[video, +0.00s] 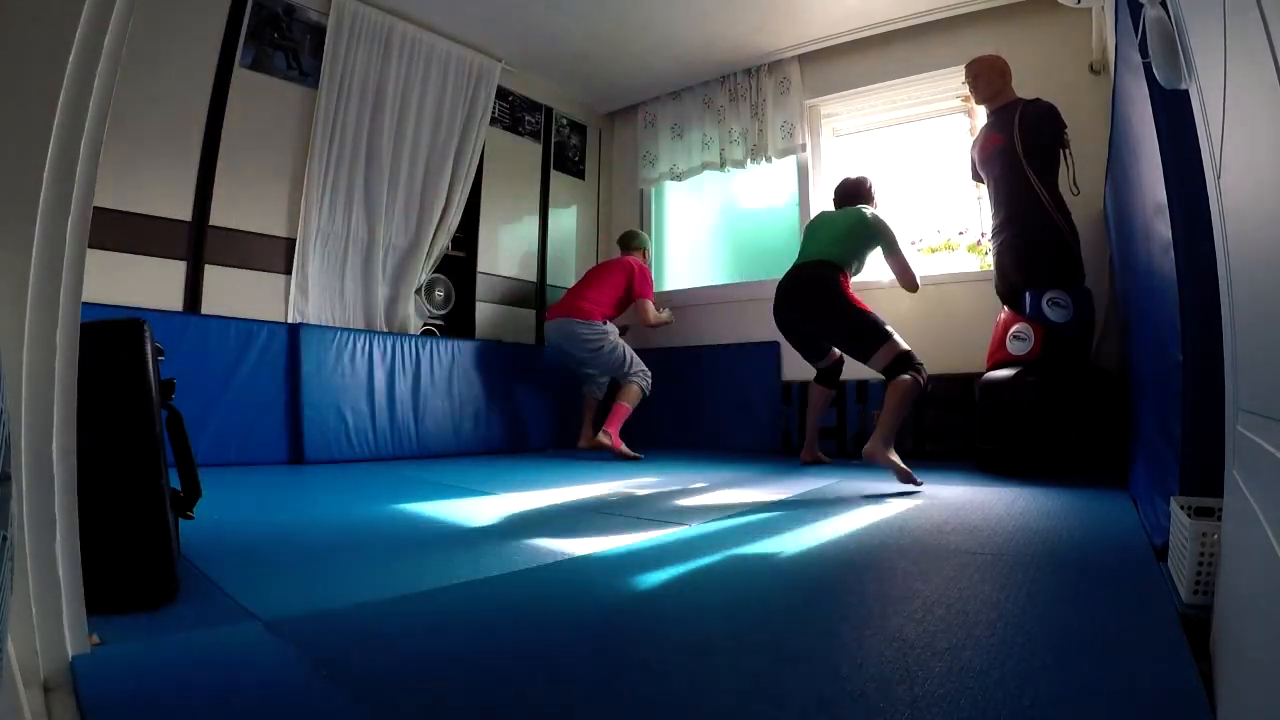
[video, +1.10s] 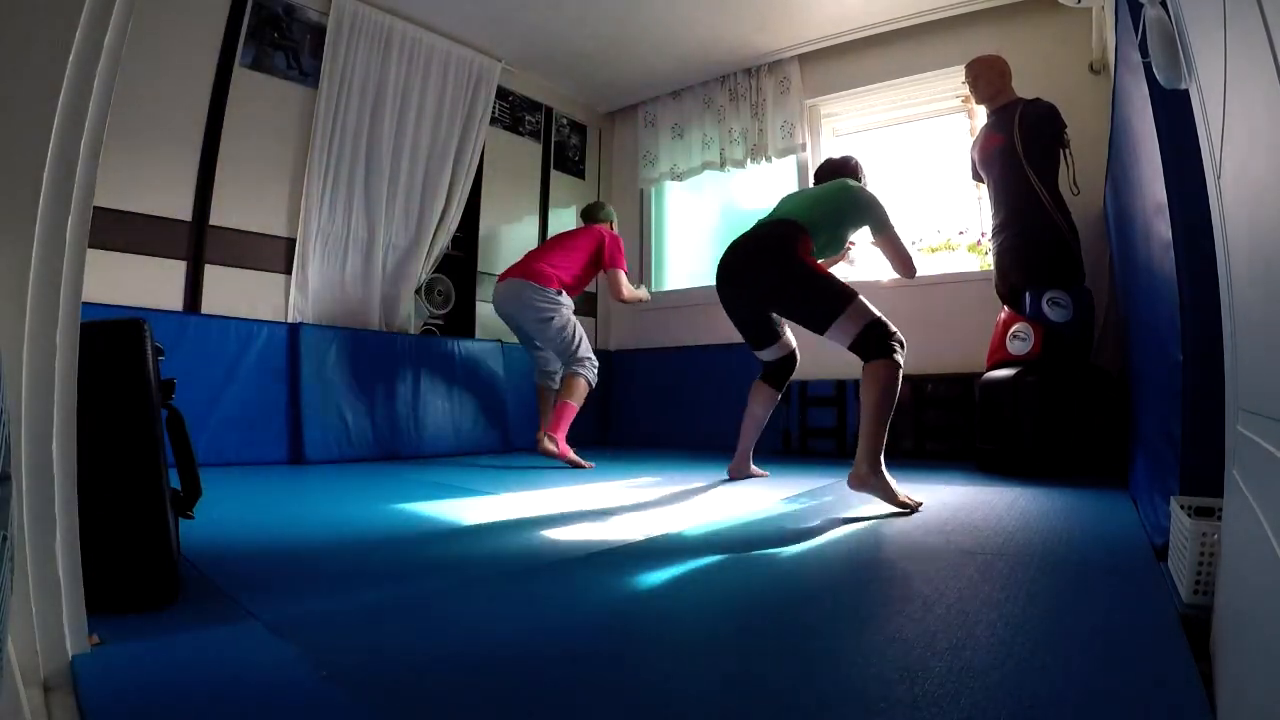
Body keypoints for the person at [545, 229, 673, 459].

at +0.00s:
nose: (649, 258)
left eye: (648, 254)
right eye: (649, 253)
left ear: (621, 251)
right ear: (644, 252)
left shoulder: (604, 266)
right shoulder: (638, 267)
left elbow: (583, 304)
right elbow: (649, 318)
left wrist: (611, 328)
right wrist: (664, 317)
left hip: (553, 324)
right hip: (586, 325)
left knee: (597, 375)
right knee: (639, 375)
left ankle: (586, 435)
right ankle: (610, 432)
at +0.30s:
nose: (652, 258)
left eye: (651, 255)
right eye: (651, 254)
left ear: (625, 251)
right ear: (648, 252)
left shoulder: (608, 266)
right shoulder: (642, 266)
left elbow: (589, 301)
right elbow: (654, 317)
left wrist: (611, 330)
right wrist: (669, 316)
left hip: (557, 321)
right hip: (588, 323)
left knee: (599, 374)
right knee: (639, 375)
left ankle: (587, 435)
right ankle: (610, 432)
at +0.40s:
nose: (651, 256)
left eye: (651, 252)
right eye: (651, 252)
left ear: (625, 249)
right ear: (647, 250)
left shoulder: (609, 264)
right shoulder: (641, 265)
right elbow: (653, 316)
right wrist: (668, 316)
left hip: (556, 319)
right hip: (587, 321)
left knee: (599, 374)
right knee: (638, 372)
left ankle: (587, 435)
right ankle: (610, 431)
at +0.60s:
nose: (649, 247)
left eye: (649, 244)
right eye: (649, 244)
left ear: (621, 242)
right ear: (645, 242)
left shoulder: (602, 257)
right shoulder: (642, 257)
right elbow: (653, 309)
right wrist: (668, 310)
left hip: (554, 314)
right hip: (587, 316)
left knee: (592, 370)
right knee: (636, 373)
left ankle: (586, 435)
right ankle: (608, 437)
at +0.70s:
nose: (645, 240)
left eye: (645, 238)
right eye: (645, 237)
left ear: (616, 234)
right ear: (641, 235)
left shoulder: (597, 248)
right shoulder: (638, 249)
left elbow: (577, 278)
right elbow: (651, 300)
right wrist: (668, 304)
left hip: (547, 303)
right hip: (583, 304)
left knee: (584, 364)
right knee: (627, 368)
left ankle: (584, 431)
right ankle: (607, 439)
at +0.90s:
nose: (632, 238)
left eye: (632, 235)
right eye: (632, 234)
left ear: (602, 231)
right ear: (627, 232)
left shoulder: (587, 244)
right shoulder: (622, 245)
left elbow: (562, 278)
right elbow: (637, 297)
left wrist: (588, 306)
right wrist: (657, 298)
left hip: (526, 299)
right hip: (561, 298)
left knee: (568, 362)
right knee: (613, 357)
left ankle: (552, 437)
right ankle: (587, 424)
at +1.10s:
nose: (617, 231)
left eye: (616, 228)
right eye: (616, 227)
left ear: (584, 223)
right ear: (611, 225)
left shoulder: (568, 236)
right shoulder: (608, 237)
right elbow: (622, 292)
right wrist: (641, 294)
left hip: (503, 289)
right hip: (539, 290)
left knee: (549, 363)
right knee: (584, 362)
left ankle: (546, 434)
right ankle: (557, 437)